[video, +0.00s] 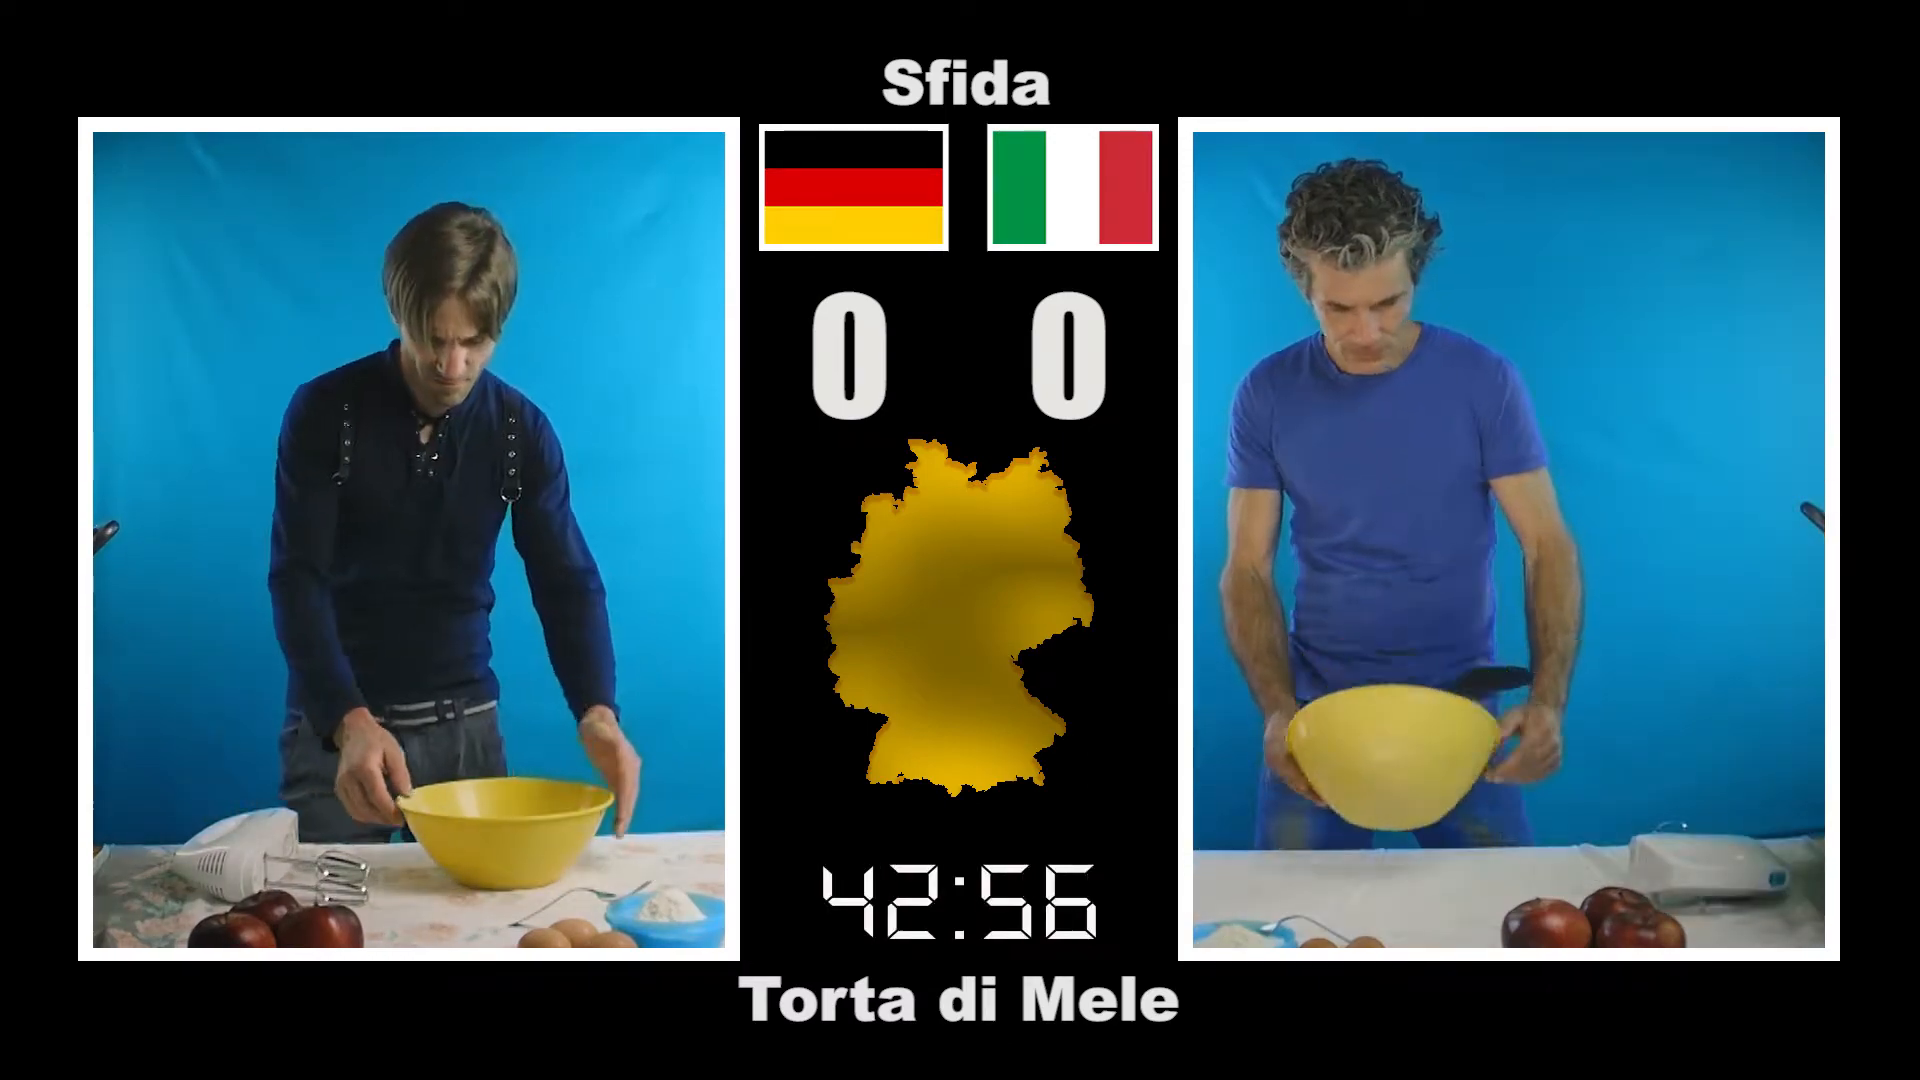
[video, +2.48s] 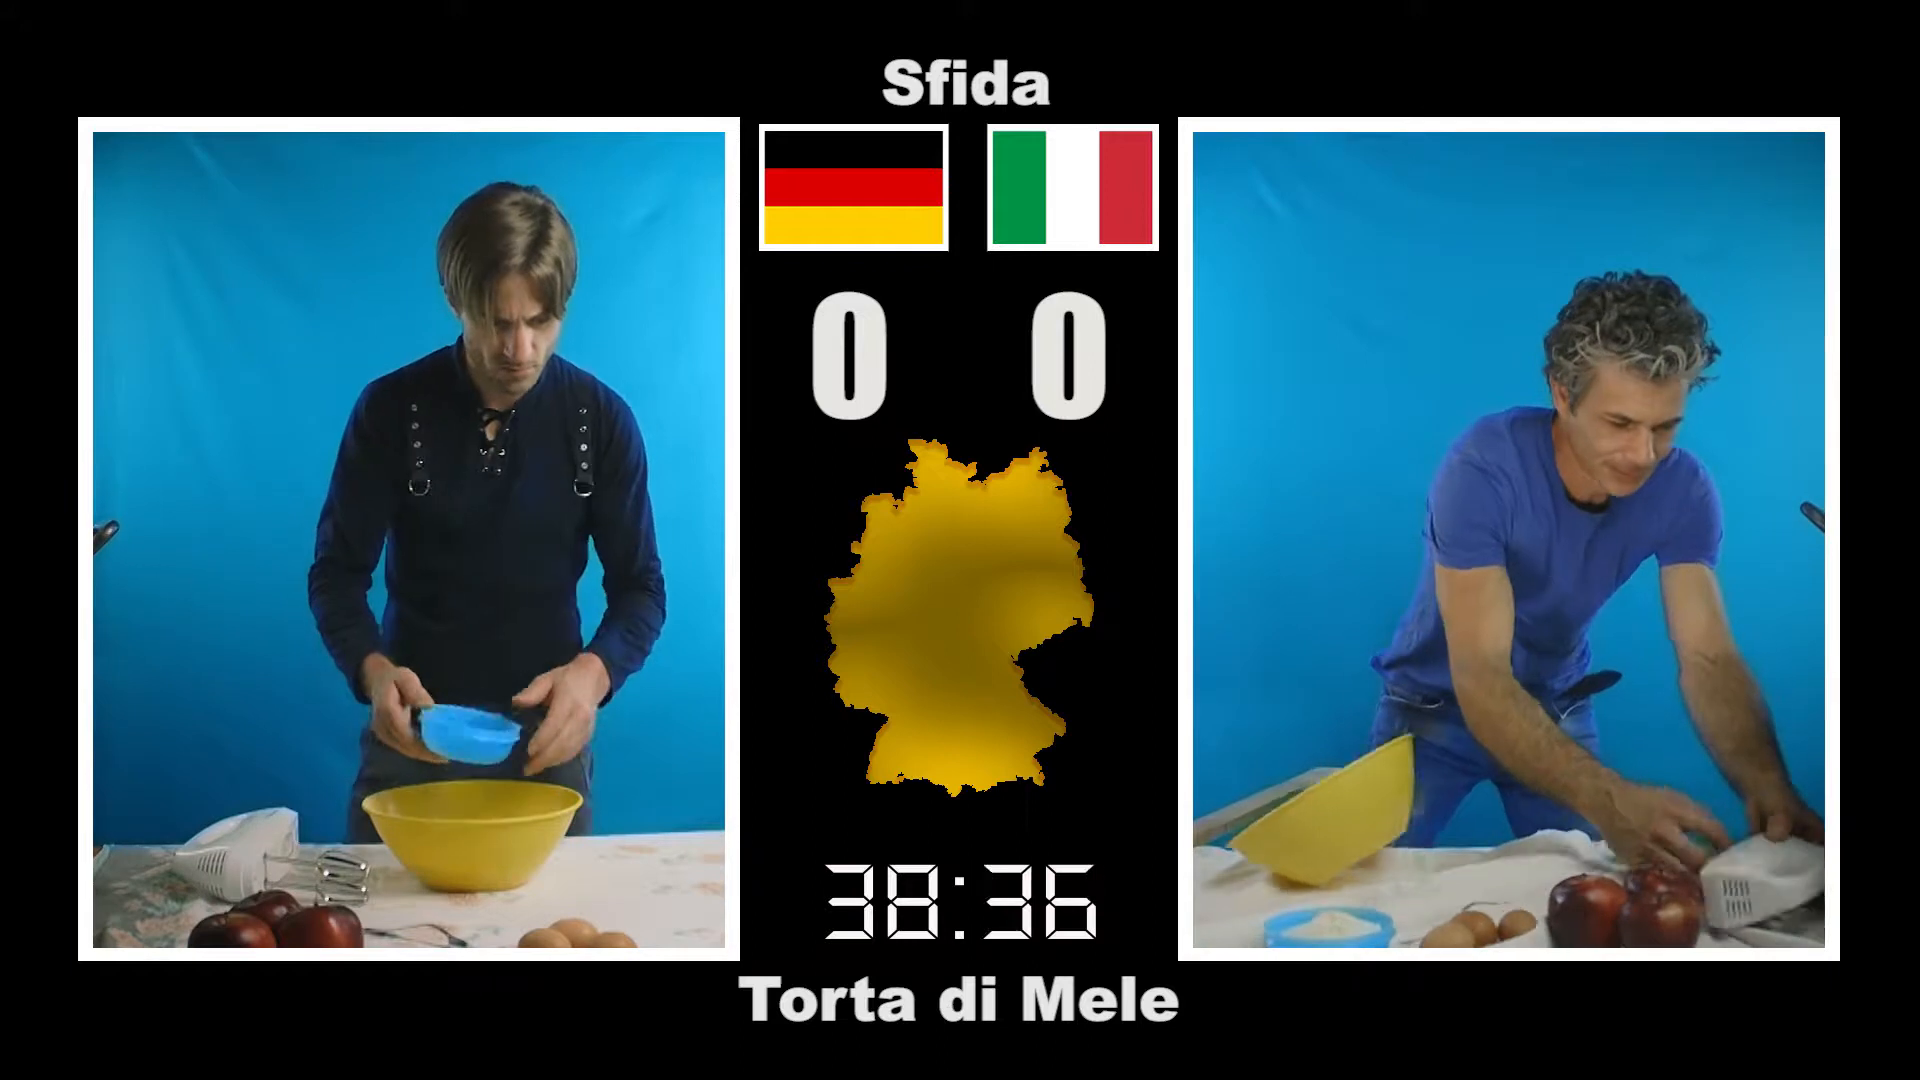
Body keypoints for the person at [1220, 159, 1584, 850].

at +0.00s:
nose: (1366, 331)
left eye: (1387, 303)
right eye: (1341, 308)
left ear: (1414, 278)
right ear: (1305, 286)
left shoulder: (1480, 382)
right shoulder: (1270, 394)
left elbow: (1549, 546)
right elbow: (1247, 570)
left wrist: (1548, 700)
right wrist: (1279, 711)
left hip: (1459, 698)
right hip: (1320, 700)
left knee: (1497, 924)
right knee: (1298, 928)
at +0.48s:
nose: (1441, 351)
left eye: (1460, 326)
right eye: (1414, 329)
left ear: (1477, 300)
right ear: (1365, 302)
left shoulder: (1516, 398)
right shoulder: (1308, 388)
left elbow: (1561, 564)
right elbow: (1316, 576)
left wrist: (1557, 690)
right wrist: (1430, 669)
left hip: (1469, 723)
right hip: (1335, 716)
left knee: (1503, 931)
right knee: (1318, 940)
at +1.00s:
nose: (1438, 359)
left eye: (1454, 334)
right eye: (1417, 334)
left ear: (1469, 320)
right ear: (1359, 314)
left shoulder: (1479, 430)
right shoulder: (1281, 421)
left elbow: (1526, 570)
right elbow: (1287, 599)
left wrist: (1579, 658)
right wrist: (1407, 683)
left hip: (1439, 736)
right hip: (1310, 735)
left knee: (1525, 918)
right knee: (1280, 939)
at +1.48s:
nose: (1401, 425)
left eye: (1416, 399)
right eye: (1379, 402)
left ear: (1426, 381)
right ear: (1314, 386)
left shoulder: (1447, 471)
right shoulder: (1242, 477)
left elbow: (1520, 601)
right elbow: (1198, 632)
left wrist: (1573, 731)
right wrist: (1250, 751)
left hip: (1417, 743)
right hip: (1287, 744)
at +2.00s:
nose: (1509, 479)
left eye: (1522, 452)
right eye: (1486, 454)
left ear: (1533, 439)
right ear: (1418, 445)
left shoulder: (1529, 507)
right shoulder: (1361, 524)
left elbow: (1578, 656)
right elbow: (1458, 667)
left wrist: (1624, 778)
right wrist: (1614, 763)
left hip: (1450, 761)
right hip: (1333, 769)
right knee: (1313, 937)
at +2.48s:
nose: (1643, 454)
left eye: (1664, 427)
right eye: (1618, 425)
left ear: (1682, 407)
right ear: (1562, 396)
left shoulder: (1679, 490)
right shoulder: (1482, 472)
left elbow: (1708, 657)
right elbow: (1482, 685)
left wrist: (1769, 793)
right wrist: (1609, 801)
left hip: (1554, 704)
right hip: (1436, 699)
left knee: (1593, 902)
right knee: (1372, 881)